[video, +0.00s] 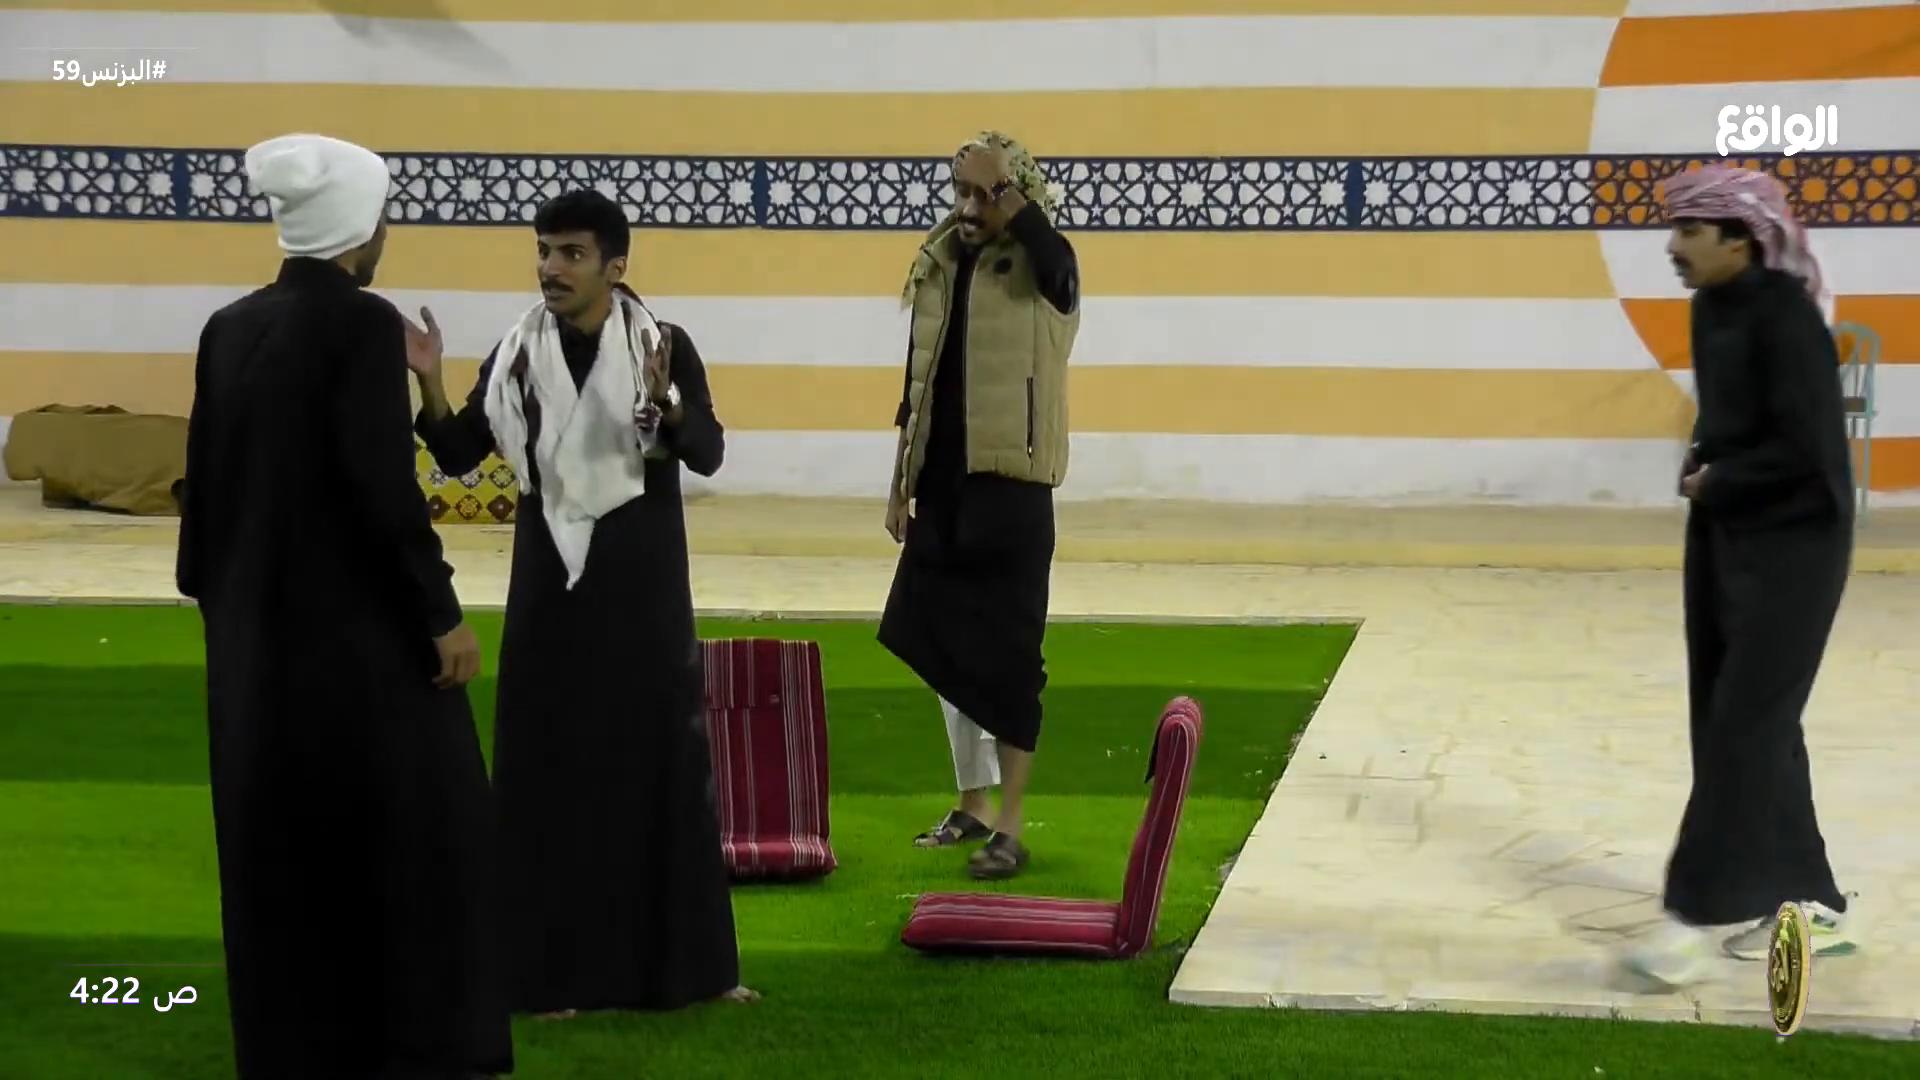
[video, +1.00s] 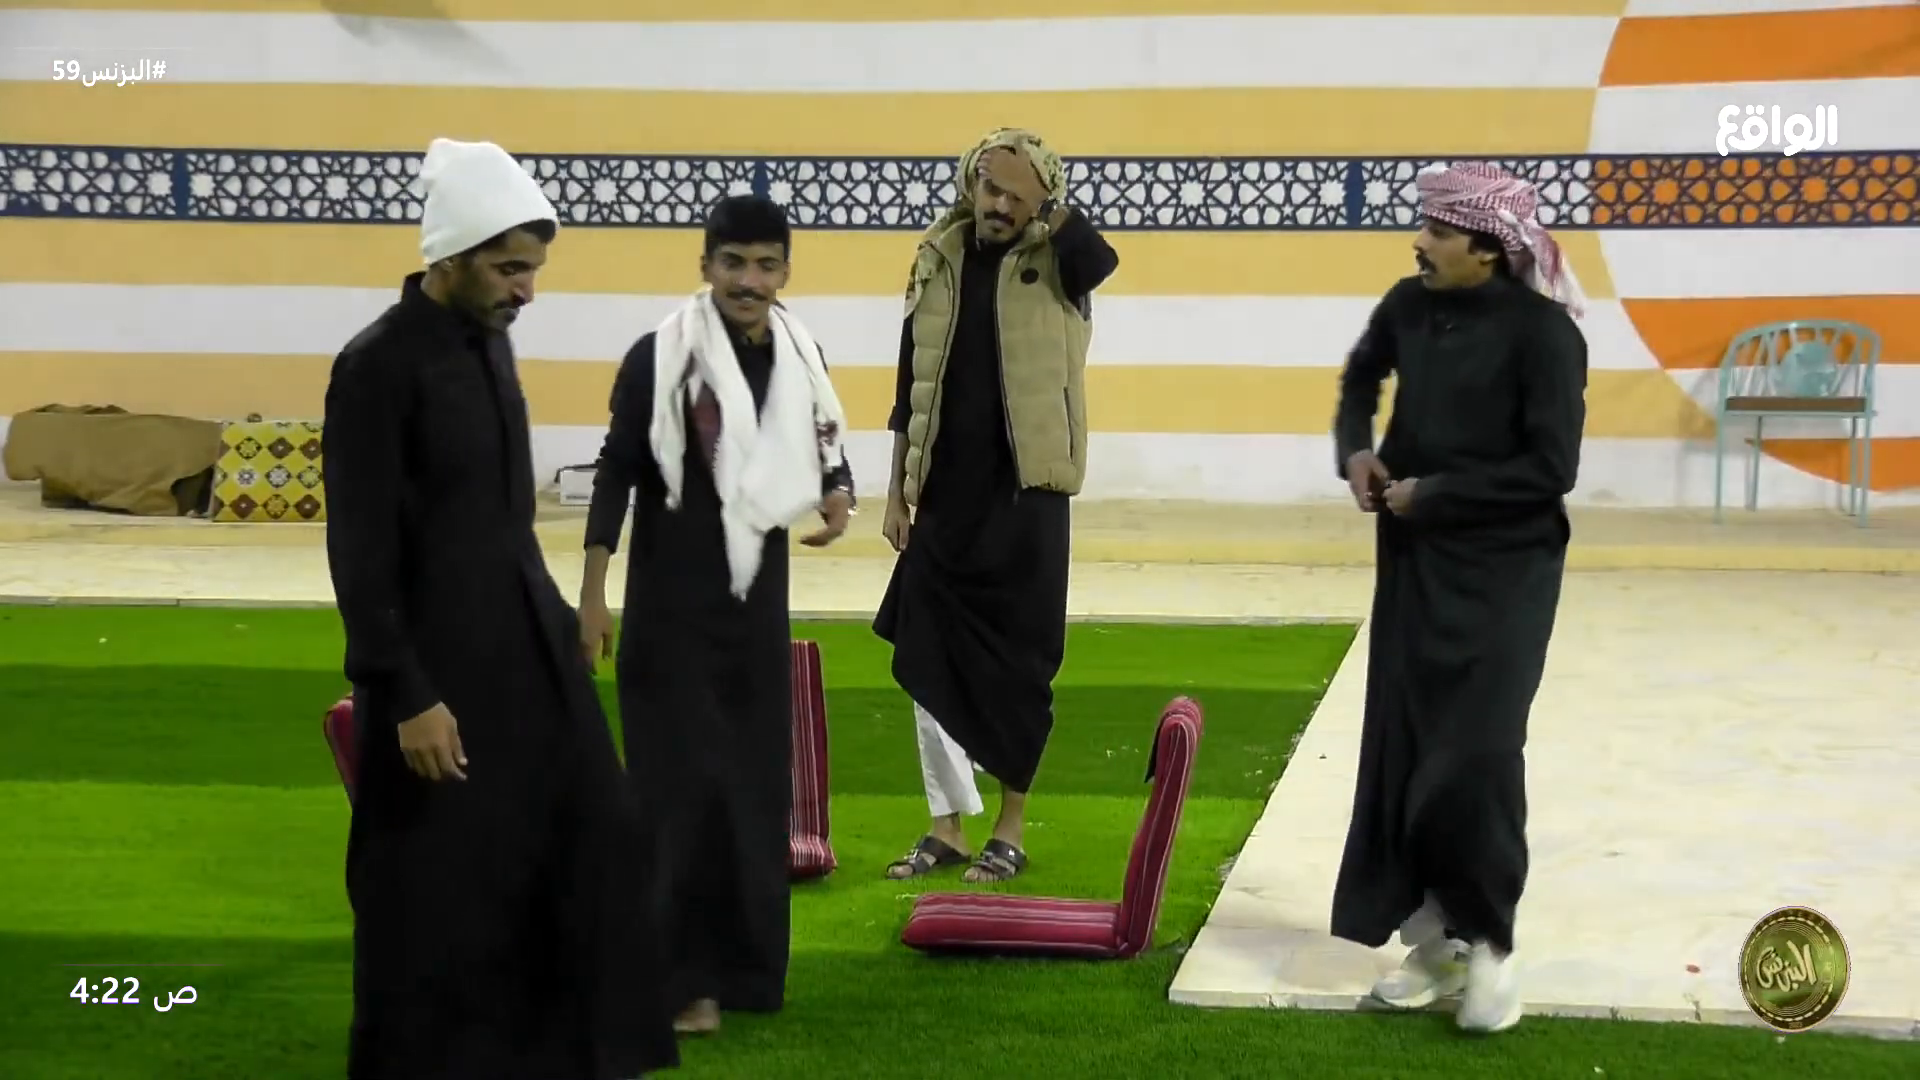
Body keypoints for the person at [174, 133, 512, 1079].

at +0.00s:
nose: (385, 235)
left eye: (378, 220)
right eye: (380, 221)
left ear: (290, 231)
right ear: (364, 235)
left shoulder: (229, 330)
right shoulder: (368, 328)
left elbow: (206, 485)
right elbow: (385, 487)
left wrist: (222, 590)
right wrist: (443, 612)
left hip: (254, 648)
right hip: (362, 647)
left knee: (281, 859)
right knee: (407, 848)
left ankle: (294, 1048)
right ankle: (415, 1047)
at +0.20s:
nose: (417, 247)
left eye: (415, 231)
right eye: (413, 232)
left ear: (323, 235)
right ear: (388, 243)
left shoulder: (249, 330)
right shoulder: (371, 336)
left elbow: (238, 500)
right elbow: (388, 505)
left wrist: (264, 625)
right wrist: (437, 642)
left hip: (270, 667)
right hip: (364, 671)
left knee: (293, 893)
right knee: (401, 893)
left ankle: (300, 1054)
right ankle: (402, 1054)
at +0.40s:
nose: (471, 254)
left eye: (472, 234)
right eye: (459, 237)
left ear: (388, 237)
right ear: (404, 241)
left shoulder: (300, 326)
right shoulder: (381, 340)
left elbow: (287, 516)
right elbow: (392, 522)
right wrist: (422, 671)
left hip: (305, 688)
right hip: (374, 697)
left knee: (321, 924)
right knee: (394, 932)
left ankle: (320, 1061)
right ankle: (397, 1062)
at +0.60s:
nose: (497, 275)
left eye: (502, 255)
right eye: (485, 254)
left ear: (428, 246)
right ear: (424, 246)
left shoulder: (370, 330)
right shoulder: (382, 350)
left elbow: (362, 532)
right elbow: (370, 539)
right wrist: (398, 693)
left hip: (367, 697)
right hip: (380, 703)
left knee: (383, 946)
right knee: (381, 949)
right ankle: (381, 1067)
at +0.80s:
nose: (508, 278)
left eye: (514, 260)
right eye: (494, 258)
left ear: (444, 251)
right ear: (432, 249)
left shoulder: (433, 346)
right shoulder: (371, 364)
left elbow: (441, 530)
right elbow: (362, 554)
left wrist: (485, 672)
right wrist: (396, 702)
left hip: (471, 669)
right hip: (412, 685)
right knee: (405, 902)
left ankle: (476, 1047)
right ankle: (401, 1058)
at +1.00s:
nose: (526, 287)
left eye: (535, 268)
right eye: (510, 268)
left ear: (540, 253)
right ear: (446, 257)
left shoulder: (490, 347)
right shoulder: (375, 367)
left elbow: (502, 525)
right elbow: (359, 553)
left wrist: (549, 631)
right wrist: (408, 697)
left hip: (527, 668)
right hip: (437, 681)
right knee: (435, 916)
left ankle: (574, 1053)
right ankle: (433, 1060)